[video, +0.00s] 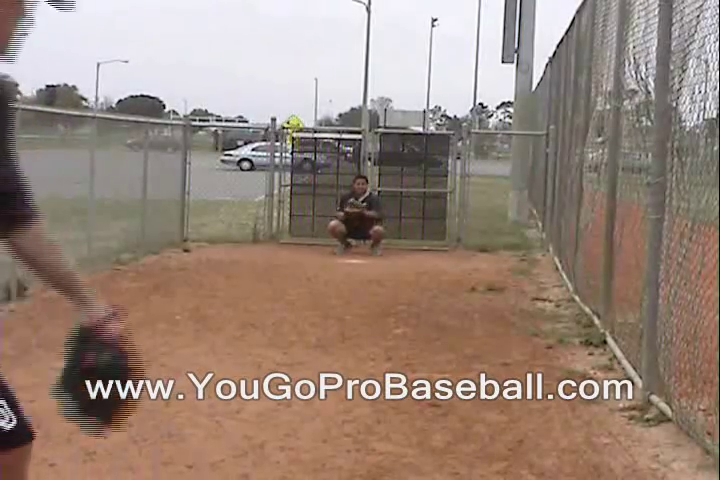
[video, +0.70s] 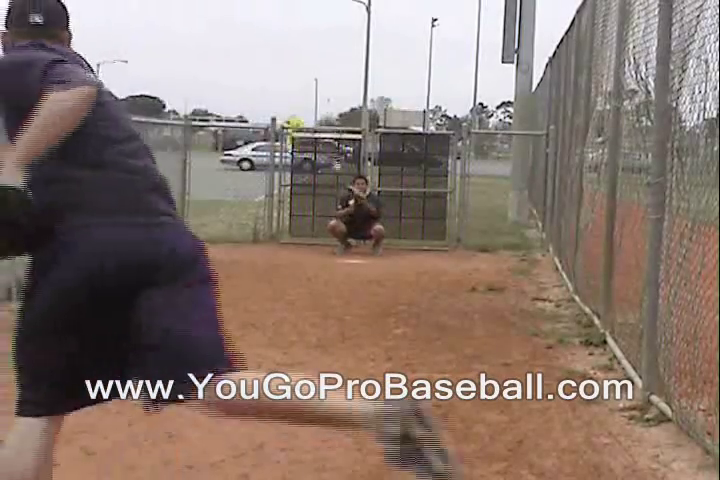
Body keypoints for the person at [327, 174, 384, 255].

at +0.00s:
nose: (360, 187)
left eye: (363, 184)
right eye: (358, 184)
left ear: (367, 186)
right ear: (353, 186)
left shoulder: (372, 199)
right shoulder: (346, 198)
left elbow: (379, 215)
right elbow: (338, 214)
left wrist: (364, 212)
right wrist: (346, 214)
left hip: (366, 227)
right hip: (350, 227)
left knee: (378, 230)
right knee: (333, 226)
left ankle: (374, 246)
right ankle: (345, 244)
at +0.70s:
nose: (360, 187)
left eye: (362, 184)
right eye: (358, 184)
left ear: (366, 186)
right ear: (353, 186)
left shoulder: (373, 198)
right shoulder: (346, 198)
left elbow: (377, 215)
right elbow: (338, 214)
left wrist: (364, 203)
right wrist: (349, 209)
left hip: (367, 227)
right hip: (350, 226)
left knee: (379, 229)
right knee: (333, 225)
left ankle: (376, 245)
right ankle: (346, 245)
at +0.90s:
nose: (357, 187)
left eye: (360, 185)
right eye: (355, 185)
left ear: (364, 187)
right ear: (351, 186)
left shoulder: (371, 197)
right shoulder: (346, 197)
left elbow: (371, 205)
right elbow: (338, 213)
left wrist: (357, 203)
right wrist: (350, 211)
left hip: (367, 227)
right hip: (350, 227)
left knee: (379, 229)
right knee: (334, 225)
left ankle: (377, 245)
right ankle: (346, 244)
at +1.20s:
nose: (356, 188)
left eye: (359, 185)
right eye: (354, 185)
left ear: (364, 186)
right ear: (351, 187)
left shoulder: (371, 198)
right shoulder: (347, 199)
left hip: (367, 229)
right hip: (350, 227)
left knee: (378, 230)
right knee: (332, 225)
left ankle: (377, 244)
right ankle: (346, 244)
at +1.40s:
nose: (357, 185)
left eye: (360, 182)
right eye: (355, 182)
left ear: (365, 184)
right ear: (352, 183)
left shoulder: (372, 196)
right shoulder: (349, 196)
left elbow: (371, 212)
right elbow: (338, 214)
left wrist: (351, 207)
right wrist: (340, 206)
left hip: (366, 225)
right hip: (350, 224)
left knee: (380, 230)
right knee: (332, 227)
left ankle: (377, 245)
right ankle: (346, 244)